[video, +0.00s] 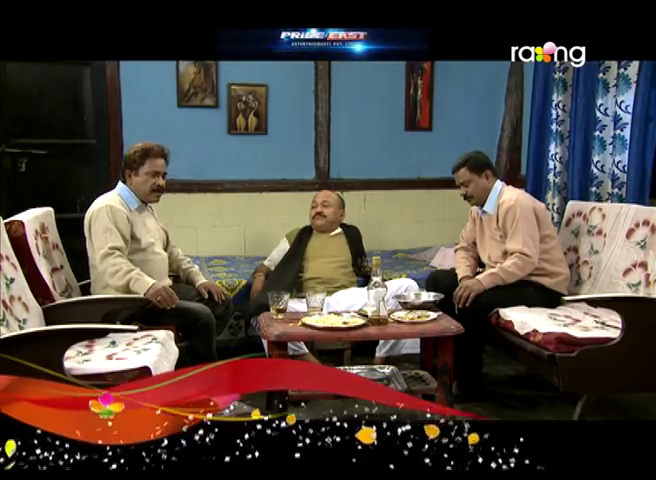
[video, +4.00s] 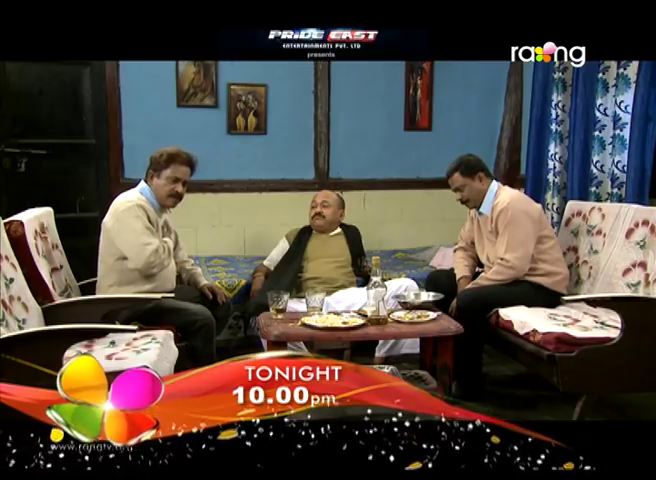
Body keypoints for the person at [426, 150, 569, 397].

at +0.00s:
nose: (463, 193)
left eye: (466, 185)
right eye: (460, 187)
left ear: (487, 177)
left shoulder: (517, 203)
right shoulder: (479, 209)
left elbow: (524, 259)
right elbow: (465, 248)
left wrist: (481, 282)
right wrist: (466, 276)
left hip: (542, 286)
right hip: (505, 278)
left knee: (473, 301)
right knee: (438, 280)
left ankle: (467, 384)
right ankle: (438, 369)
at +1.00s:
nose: (464, 192)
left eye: (467, 184)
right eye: (461, 187)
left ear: (488, 176)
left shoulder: (517, 202)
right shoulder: (479, 209)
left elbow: (523, 258)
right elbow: (465, 247)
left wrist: (481, 282)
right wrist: (466, 276)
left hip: (542, 286)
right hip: (505, 279)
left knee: (473, 302)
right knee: (438, 280)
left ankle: (467, 384)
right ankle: (438, 369)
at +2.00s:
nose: (463, 193)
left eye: (466, 185)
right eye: (460, 188)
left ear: (487, 177)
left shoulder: (517, 203)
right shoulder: (479, 209)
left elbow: (523, 259)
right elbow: (465, 247)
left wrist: (480, 282)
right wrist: (465, 276)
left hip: (542, 285)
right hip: (504, 277)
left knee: (472, 302)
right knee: (437, 280)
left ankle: (467, 385)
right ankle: (440, 369)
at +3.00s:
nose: (461, 196)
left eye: (463, 188)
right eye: (458, 191)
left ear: (483, 178)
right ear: (480, 180)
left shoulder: (516, 205)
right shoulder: (479, 209)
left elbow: (515, 263)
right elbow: (465, 247)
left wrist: (468, 289)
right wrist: (465, 281)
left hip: (541, 285)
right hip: (502, 277)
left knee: (468, 303)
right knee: (437, 280)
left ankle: (467, 385)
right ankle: (439, 369)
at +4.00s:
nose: (458, 198)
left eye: (461, 190)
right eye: (455, 193)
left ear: (481, 179)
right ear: (479, 180)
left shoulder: (514, 205)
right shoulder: (478, 209)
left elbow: (513, 266)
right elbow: (464, 248)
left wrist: (465, 294)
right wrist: (464, 282)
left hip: (541, 286)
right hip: (502, 277)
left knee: (468, 302)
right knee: (437, 280)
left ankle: (467, 385)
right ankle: (440, 368)